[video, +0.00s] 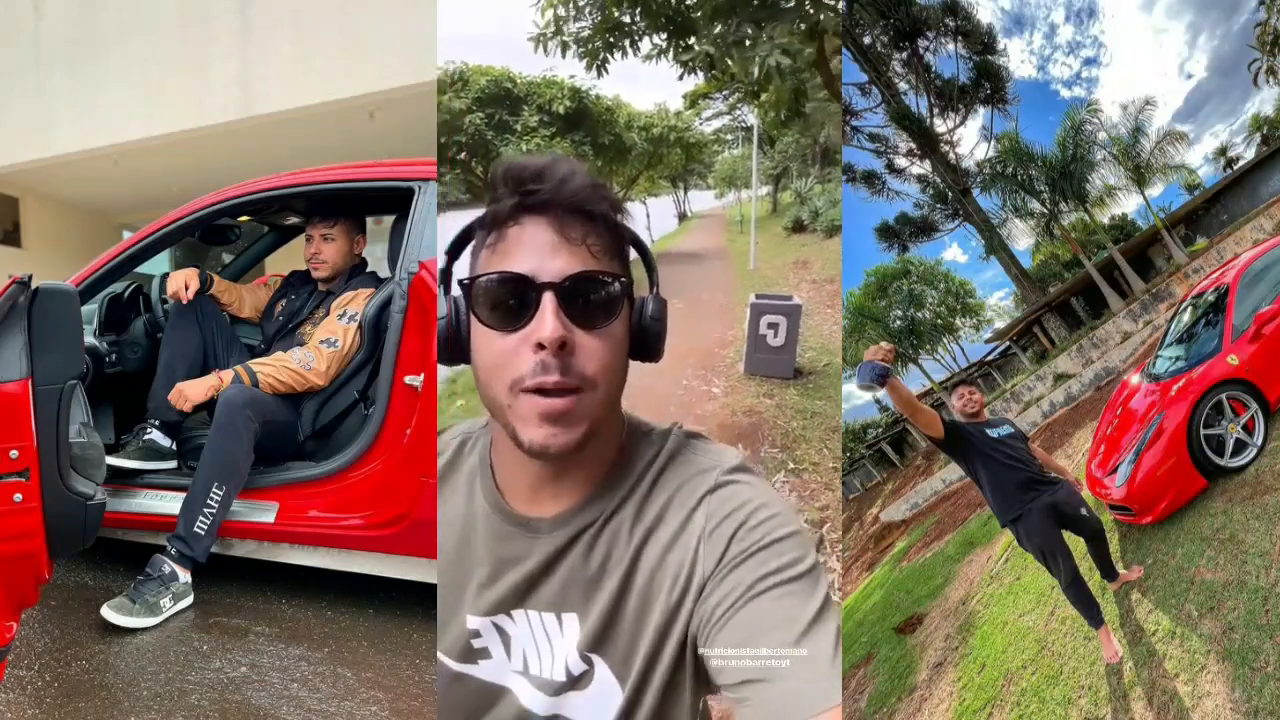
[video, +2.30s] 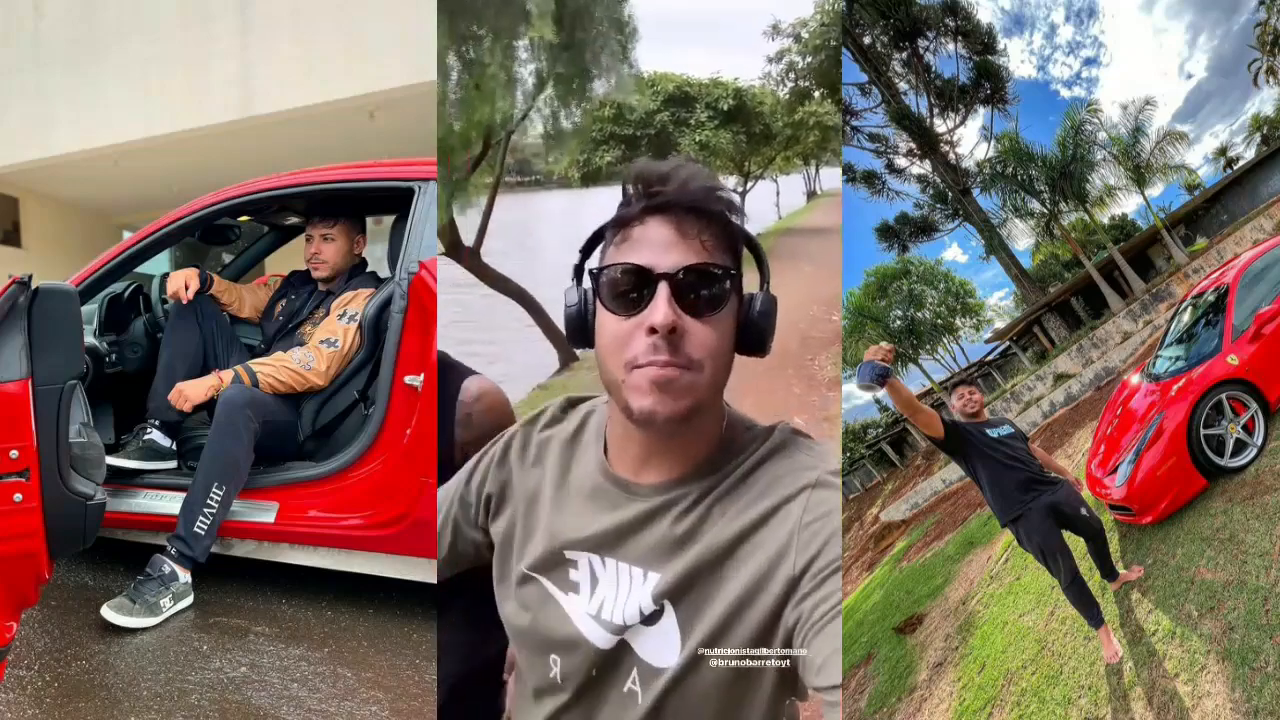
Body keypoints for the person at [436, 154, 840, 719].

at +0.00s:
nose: (550, 333)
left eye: (589, 296)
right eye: (508, 299)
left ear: (640, 322)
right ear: (459, 323)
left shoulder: (732, 528)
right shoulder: (429, 478)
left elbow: (798, 705)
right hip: (463, 706)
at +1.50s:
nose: (610, 295)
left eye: (647, 274)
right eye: (580, 264)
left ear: (679, 311)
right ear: (532, 283)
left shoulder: (745, 498)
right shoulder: (464, 396)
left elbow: (809, 708)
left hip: (638, 708)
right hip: (467, 705)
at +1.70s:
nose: (633, 295)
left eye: (669, 277)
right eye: (607, 267)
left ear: (703, 309)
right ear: (565, 284)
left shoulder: (753, 491)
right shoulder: (522, 364)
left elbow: (805, 708)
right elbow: (446, 256)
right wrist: (443, 160)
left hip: (624, 706)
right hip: (473, 702)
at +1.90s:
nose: (636, 280)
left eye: (673, 263)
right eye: (609, 252)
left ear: (708, 304)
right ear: (567, 274)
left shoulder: (761, 490)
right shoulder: (518, 360)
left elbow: (808, 706)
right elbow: (431, 228)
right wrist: (466, 115)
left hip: (628, 706)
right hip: (467, 702)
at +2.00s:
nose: (616, 292)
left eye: (651, 270)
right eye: (588, 267)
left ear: (689, 306)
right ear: (550, 293)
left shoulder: (760, 492)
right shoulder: (495, 393)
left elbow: (809, 706)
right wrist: (418, 188)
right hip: (485, 707)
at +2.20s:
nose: (646, 307)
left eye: (684, 282)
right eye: (615, 279)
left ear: (728, 318)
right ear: (573, 307)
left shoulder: (793, 496)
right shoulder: (515, 439)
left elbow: (837, 692)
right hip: (509, 707)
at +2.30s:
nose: (663, 317)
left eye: (702, 288)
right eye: (628, 287)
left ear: (747, 321)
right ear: (587, 314)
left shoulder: (809, 507)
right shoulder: (525, 459)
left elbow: (852, 699)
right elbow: (379, 558)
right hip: (535, 708)